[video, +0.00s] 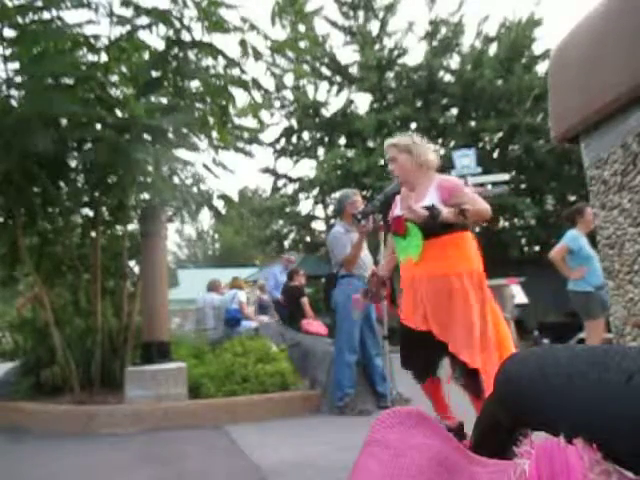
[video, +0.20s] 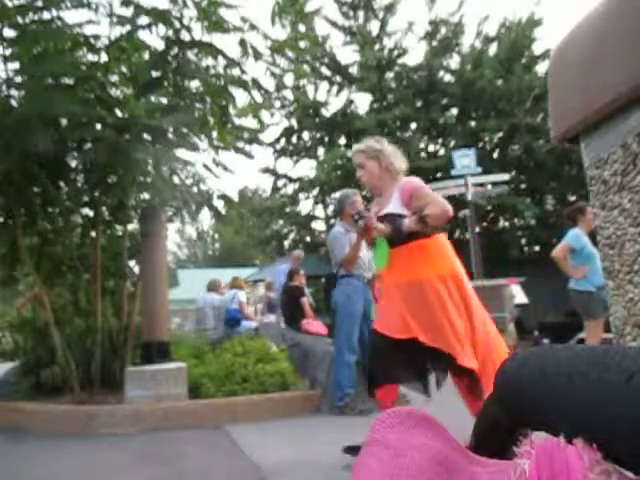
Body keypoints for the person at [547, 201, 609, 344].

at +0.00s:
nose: (593, 219)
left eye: (593, 215)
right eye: (590, 215)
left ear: (583, 219)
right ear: (580, 218)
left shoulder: (581, 237)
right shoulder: (573, 236)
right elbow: (555, 255)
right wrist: (569, 273)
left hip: (594, 288)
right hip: (584, 289)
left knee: (598, 335)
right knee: (595, 335)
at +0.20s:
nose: (594, 217)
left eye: (593, 214)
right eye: (590, 214)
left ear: (583, 217)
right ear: (581, 217)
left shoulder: (583, 236)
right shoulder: (575, 234)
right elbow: (557, 253)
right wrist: (572, 272)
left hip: (594, 287)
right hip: (585, 288)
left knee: (596, 335)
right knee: (594, 335)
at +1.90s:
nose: (594, 213)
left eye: (592, 210)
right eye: (589, 211)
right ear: (579, 216)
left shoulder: (587, 235)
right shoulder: (575, 234)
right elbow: (553, 254)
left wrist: (599, 278)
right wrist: (568, 273)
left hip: (594, 286)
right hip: (583, 288)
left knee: (596, 336)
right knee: (593, 337)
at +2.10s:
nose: (594, 214)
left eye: (592, 210)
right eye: (589, 211)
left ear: (584, 216)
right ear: (580, 216)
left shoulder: (587, 235)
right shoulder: (575, 234)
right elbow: (553, 254)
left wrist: (599, 279)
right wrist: (568, 273)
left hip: (594, 287)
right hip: (583, 288)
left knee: (599, 337)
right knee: (595, 337)